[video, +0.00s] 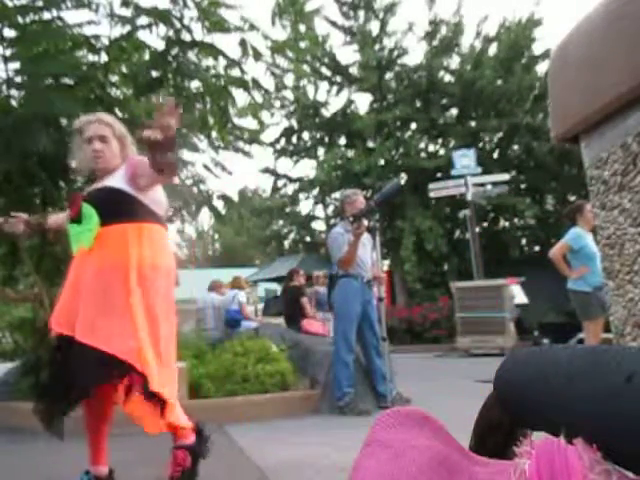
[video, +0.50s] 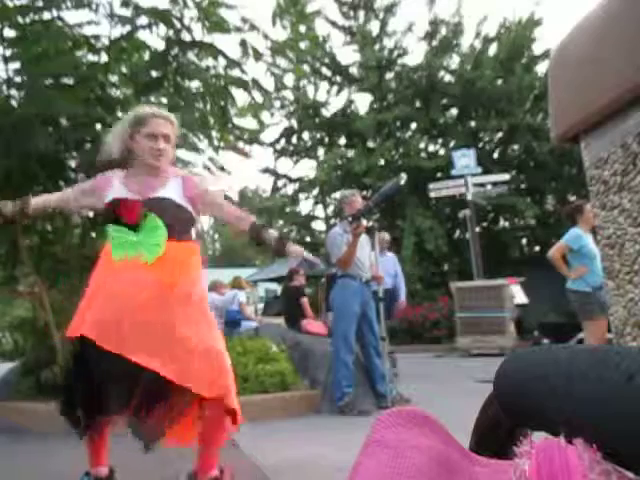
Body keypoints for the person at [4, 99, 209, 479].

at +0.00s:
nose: (96, 147)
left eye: (103, 140)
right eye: (89, 141)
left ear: (121, 145)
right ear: (83, 150)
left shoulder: (135, 169)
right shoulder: (93, 192)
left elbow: (159, 172)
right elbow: (68, 219)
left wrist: (163, 152)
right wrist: (34, 224)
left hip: (139, 290)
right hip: (99, 292)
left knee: (141, 372)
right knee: (99, 380)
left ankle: (186, 432)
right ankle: (98, 468)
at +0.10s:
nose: (95, 144)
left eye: (103, 137)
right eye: (87, 138)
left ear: (119, 142)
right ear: (78, 149)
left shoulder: (132, 167)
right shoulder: (86, 192)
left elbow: (162, 172)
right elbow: (62, 216)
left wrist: (179, 148)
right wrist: (39, 226)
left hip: (143, 287)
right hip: (100, 291)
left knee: (157, 363)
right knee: (97, 377)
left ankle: (201, 434)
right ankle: (98, 468)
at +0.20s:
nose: (97, 141)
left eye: (104, 135)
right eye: (88, 136)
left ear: (120, 141)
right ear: (80, 148)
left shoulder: (134, 168)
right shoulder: (83, 192)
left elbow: (171, 176)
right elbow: (59, 215)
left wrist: (197, 161)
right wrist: (35, 224)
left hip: (149, 285)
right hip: (101, 292)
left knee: (171, 360)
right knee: (96, 377)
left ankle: (216, 438)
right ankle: (98, 469)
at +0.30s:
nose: (105, 141)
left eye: (113, 134)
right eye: (96, 135)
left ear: (127, 141)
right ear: (85, 146)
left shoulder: (141, 169)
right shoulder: (86, 188)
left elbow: (175, 181)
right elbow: (55, 213)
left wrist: (211, 185)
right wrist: (27, 224)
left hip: (157, 284)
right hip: (105, 290)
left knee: (187, 361)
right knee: (97, 377)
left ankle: (227, 447)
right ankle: (99, 468)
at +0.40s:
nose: (125, 143)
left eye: (131, 137)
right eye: (115, 137)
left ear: (143, 145)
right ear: (100, 146)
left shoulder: (159, 174)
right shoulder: (93, 185)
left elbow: (192, 194)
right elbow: (56, 206)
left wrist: (231, 198)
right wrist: (23, 219)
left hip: (165, 280)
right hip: (109, 284)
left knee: (201, 360)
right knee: (96, 369)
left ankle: (227, 455)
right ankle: (99, 466)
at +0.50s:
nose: (160, 145)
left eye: (167, 139)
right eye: (150, 137)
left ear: (174, 147)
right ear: (130, 142)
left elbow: (241, 220)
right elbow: (55, 200)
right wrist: (9, 208)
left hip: (181, 303)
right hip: (119, 300)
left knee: (220, 381)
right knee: (95, 380)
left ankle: (207, 469)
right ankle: (98, 469)